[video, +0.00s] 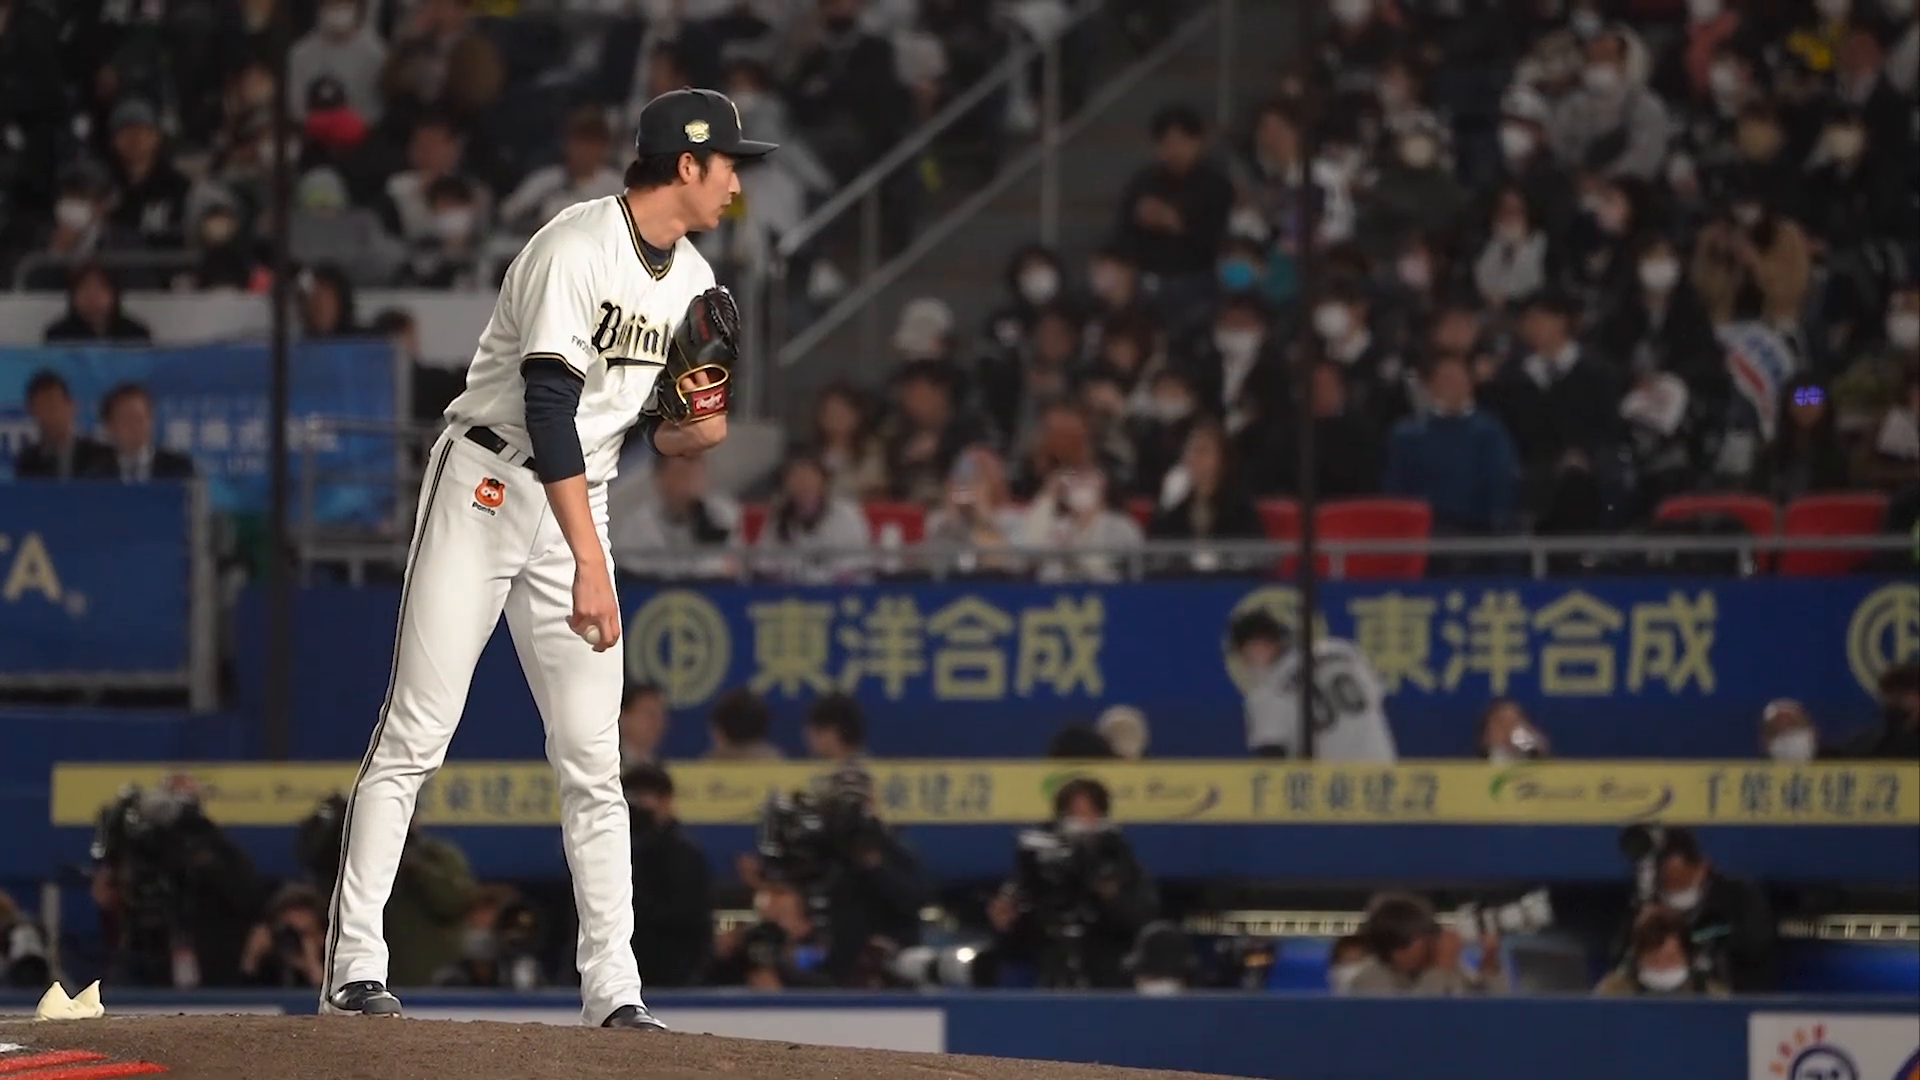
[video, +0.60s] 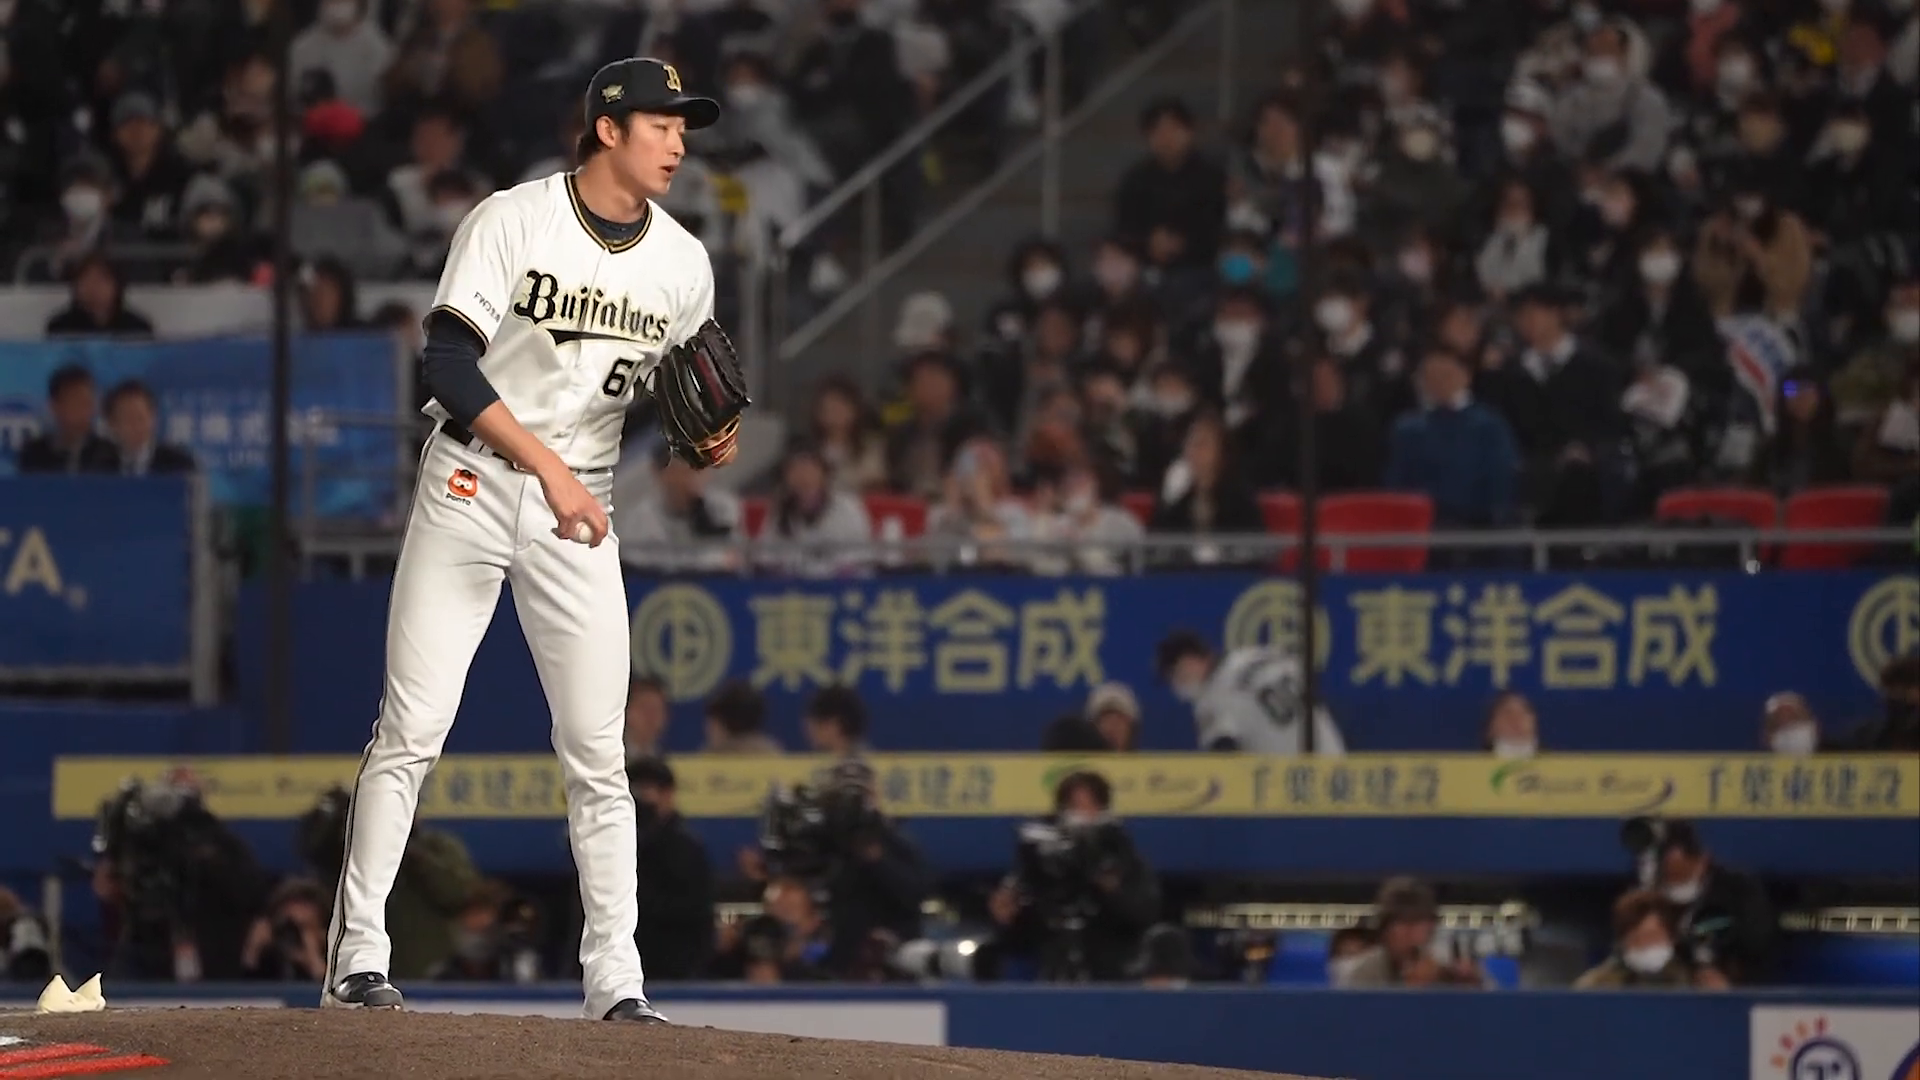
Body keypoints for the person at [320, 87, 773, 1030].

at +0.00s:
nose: (738, 182)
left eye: (737, 165)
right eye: (728, 164)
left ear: (688, 168)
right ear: (686, 166)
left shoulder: (695, 277)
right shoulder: (576, 247)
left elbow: (664, 424)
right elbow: (547, 408)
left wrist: (692, 431)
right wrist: (589, 560)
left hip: (583, 507)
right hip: (485, 482)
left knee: (592, 760)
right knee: (417, 729)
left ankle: (614, 995)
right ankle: (354, 965)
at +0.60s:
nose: (679, 144)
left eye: (683, 129)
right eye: (662, 126)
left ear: (672, 142)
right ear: (605, 128)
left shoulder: (686, 265)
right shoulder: (511, 218)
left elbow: (681, 401)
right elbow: (447, 365)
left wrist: (710, 439)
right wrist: (549, 466)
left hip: (578, 511)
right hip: (470, 492)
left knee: (599, 754)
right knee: (410, 730)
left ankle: (616, 985)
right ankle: (357, 955)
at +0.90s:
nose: (541, 114)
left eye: (552, 100)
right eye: (520, 98)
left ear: (565, 121)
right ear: (475, 112)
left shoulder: (603, 234)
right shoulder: (407, 213)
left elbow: (639, 385)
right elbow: (343, 362)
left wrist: (597, 367)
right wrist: (458, 347)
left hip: (540, 500)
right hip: (423, 489)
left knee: (584, 745)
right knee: (398, 724)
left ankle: (616, 986)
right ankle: (357, 959)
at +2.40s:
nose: (475, 110)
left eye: (490, 94)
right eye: (455, 94)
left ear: (515, 111)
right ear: (422, 113)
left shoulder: (558, 199)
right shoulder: (374, 199)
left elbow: (567, 254)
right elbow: (374, 247)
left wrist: (542, 273)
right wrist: (439, 261)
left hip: (517, 493)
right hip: (399, 492)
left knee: (581, 734)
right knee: (379, 725)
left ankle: (637, 963)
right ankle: (357, 962)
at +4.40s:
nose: (590, 132)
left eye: (593, 116)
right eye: (572, 116)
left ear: (590, 131)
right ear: (518, 126)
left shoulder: (626, 235)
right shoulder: (429, 221)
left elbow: (658, 373)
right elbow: (407, 345)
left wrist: (587, 277)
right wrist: (490, 248)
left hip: (567, 512)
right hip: (449, 504)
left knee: (604, 747)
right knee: (412, 723)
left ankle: (645, 970)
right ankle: (361, 955)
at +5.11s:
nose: (594, 146)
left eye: (596, 130)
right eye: (577, 129)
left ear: (584, 142)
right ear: (520, 137)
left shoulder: (624, 244)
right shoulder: (428, 223)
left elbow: (656, 386)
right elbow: (395, 354)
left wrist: (603, 317)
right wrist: (497, 276)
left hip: (569, 509)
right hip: (449, 503)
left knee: (595, 732)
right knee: (409, 721)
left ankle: (612, 945)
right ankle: (360, 957)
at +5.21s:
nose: (600, 183)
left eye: (600, 168)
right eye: (582, 168)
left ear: (584, 181)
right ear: (526, 180)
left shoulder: (627, 285)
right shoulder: (430, 268)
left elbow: (683, 434)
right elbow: (386, 409)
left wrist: (635, 430)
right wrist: (481, 382)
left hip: (575, 529)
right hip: (458, 529)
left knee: (557, 678)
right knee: (413, 729)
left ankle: (537, 861)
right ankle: (363, 948)